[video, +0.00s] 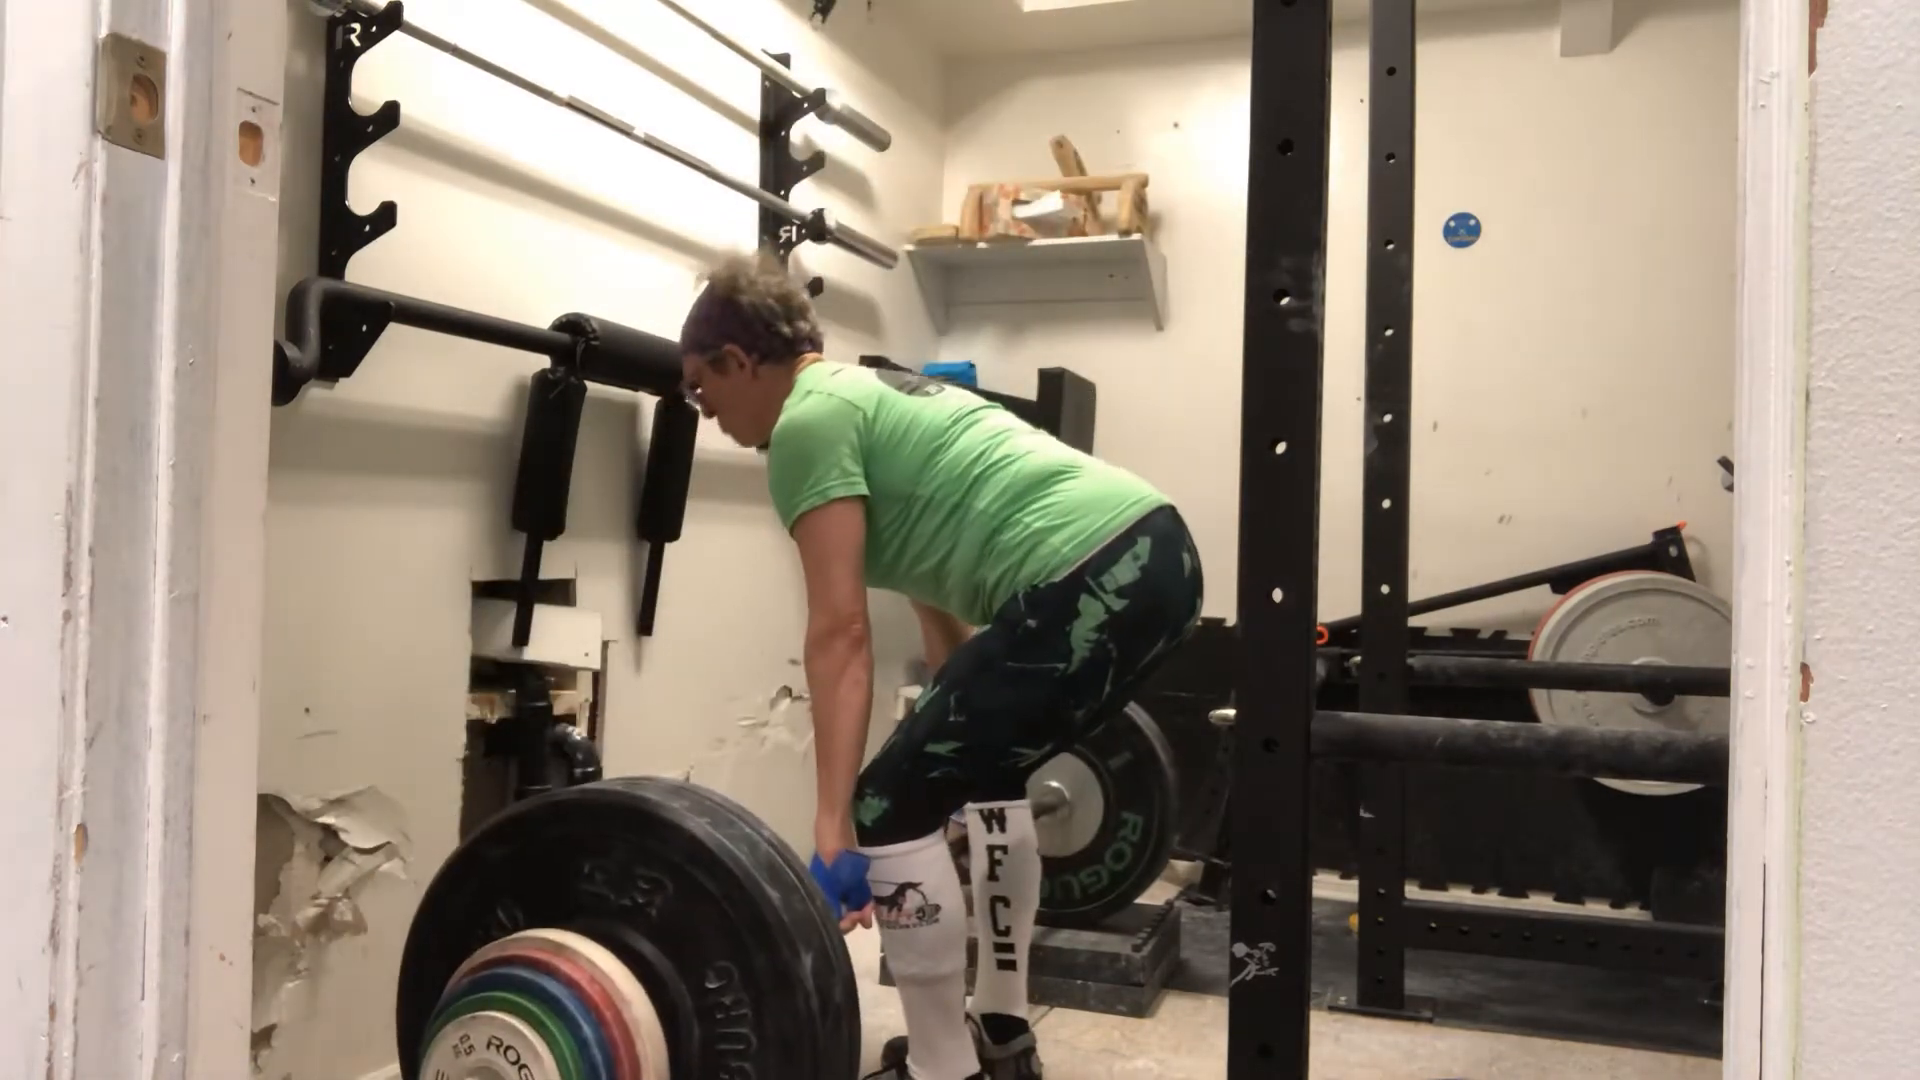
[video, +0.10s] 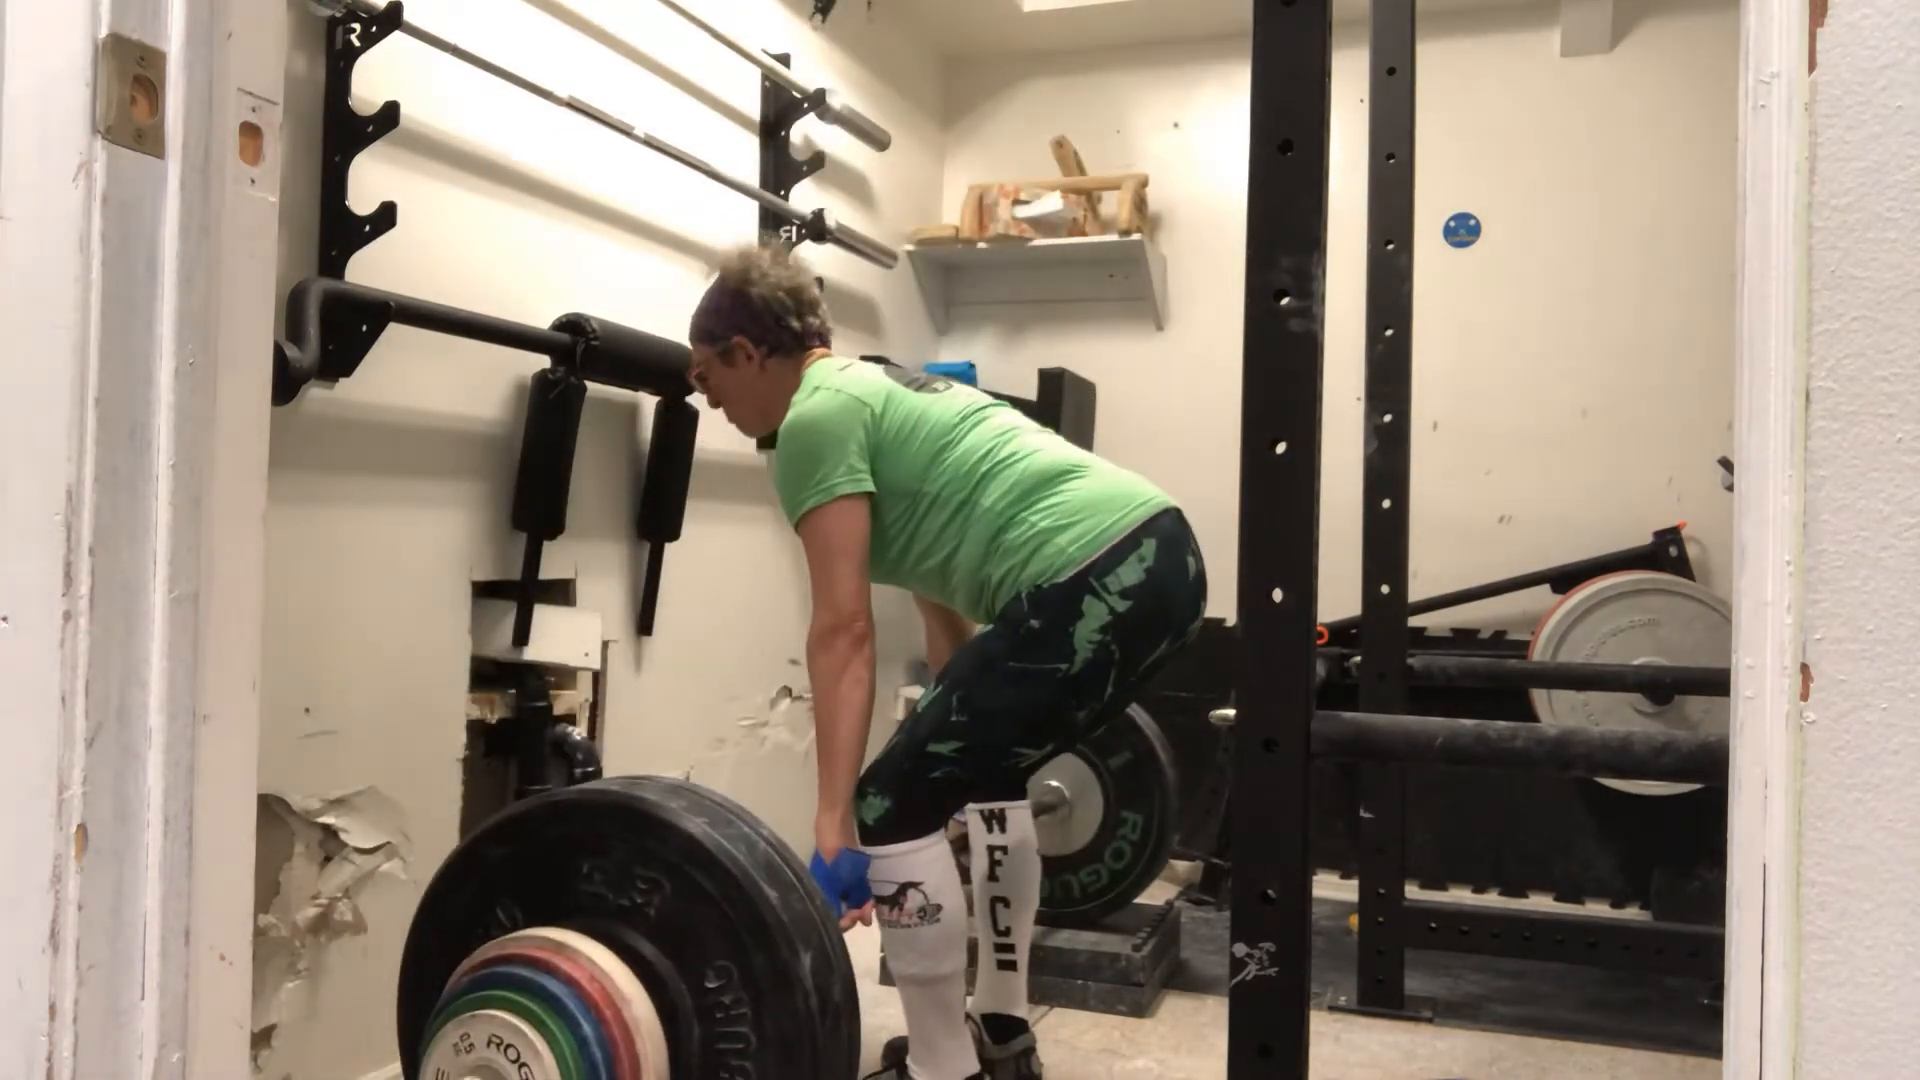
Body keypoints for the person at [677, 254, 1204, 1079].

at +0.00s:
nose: (703, 409)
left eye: (702, 385)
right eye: (694, 392)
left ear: (744, 359)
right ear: (781, 348)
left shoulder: (808, 423)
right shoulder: (875, 395)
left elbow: (841, 637)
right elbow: (946, 627)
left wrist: (833, 824)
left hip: (1088, 583)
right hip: (1147, 555)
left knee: (890, 805)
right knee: (980, 790)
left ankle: (941, 1059)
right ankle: (998, 1025)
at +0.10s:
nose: (708, 401)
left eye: (708, 377)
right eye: (701, 383)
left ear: (752, 352)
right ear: (789, 342)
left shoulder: (815, 419)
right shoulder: (880, 390)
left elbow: (844, 632)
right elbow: (947, 615)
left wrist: (834, 819)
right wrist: (960, 755)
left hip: (1093, 582)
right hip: (1153, 557)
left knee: (896, 803)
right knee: (987, 786)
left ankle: (941, 1063)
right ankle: (1000, 1028)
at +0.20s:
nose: (708, 397)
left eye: (710, 374)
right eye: (702, 378)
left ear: (753, 350)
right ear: (790, 340)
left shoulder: (820, 416)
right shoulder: (883, 391)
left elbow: (846, 631)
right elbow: (949, 613)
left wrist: (836, 817)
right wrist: (965, 754)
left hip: (1098, 580)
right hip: (1155, 557)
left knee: (900, 801)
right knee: (987, 787)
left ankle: (940, 1062)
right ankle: (1000, 1030)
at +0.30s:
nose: (708, 394)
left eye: (710, 370)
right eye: (703, 375)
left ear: (753, 349)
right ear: (791, 338)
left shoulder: (821, 413)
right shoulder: (882, 388)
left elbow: (847, 629)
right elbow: (950, 610)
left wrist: (839, 815)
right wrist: (967, 748)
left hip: (1097, 577)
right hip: (1156, 552)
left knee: (904, 798)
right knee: (989, 785)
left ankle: (941, 1060)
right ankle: (999, 1029)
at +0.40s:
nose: (708, 389)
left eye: (711, 366)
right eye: (703, 371)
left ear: (756, 347)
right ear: (791, 337)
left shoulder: (820, 410)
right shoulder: (883, 387)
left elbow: (848, 626)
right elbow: (951, 603)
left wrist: (844, 812)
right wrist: (972, 742)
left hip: (1097, 574)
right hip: (1156, 550)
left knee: (905, 800)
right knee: (991, 783)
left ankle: (941, 1061)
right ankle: (1000, 1029)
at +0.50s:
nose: (712, 380)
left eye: (716, 358)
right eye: (707, 362)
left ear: (759, 340)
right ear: (793, 331)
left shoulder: (821, 405)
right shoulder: (888, 378)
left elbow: (851, 620)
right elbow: (955, 595)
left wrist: (848, 809)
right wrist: (971, 733)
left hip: (1095, 570)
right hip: (1159, 544)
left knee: (912, 803)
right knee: (1000, 784)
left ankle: (942, 1065)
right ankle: (1002, 1031)